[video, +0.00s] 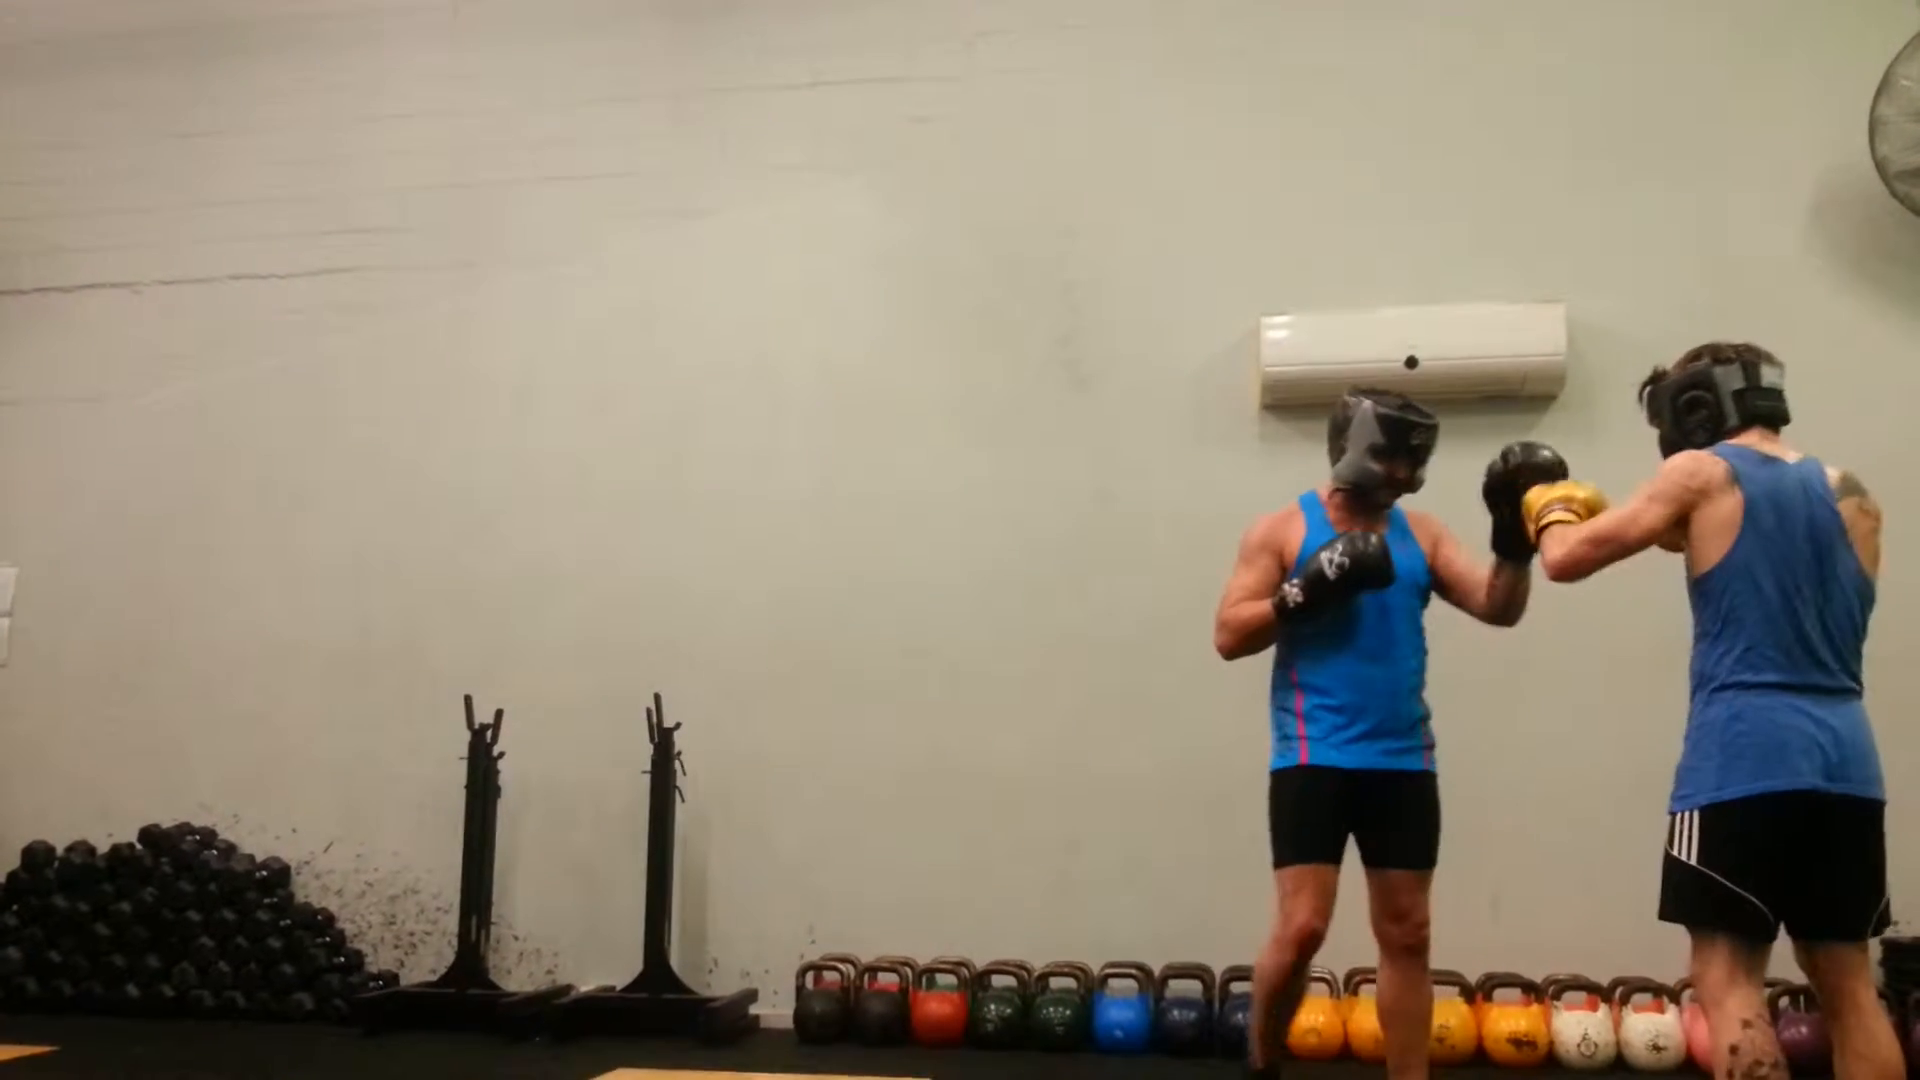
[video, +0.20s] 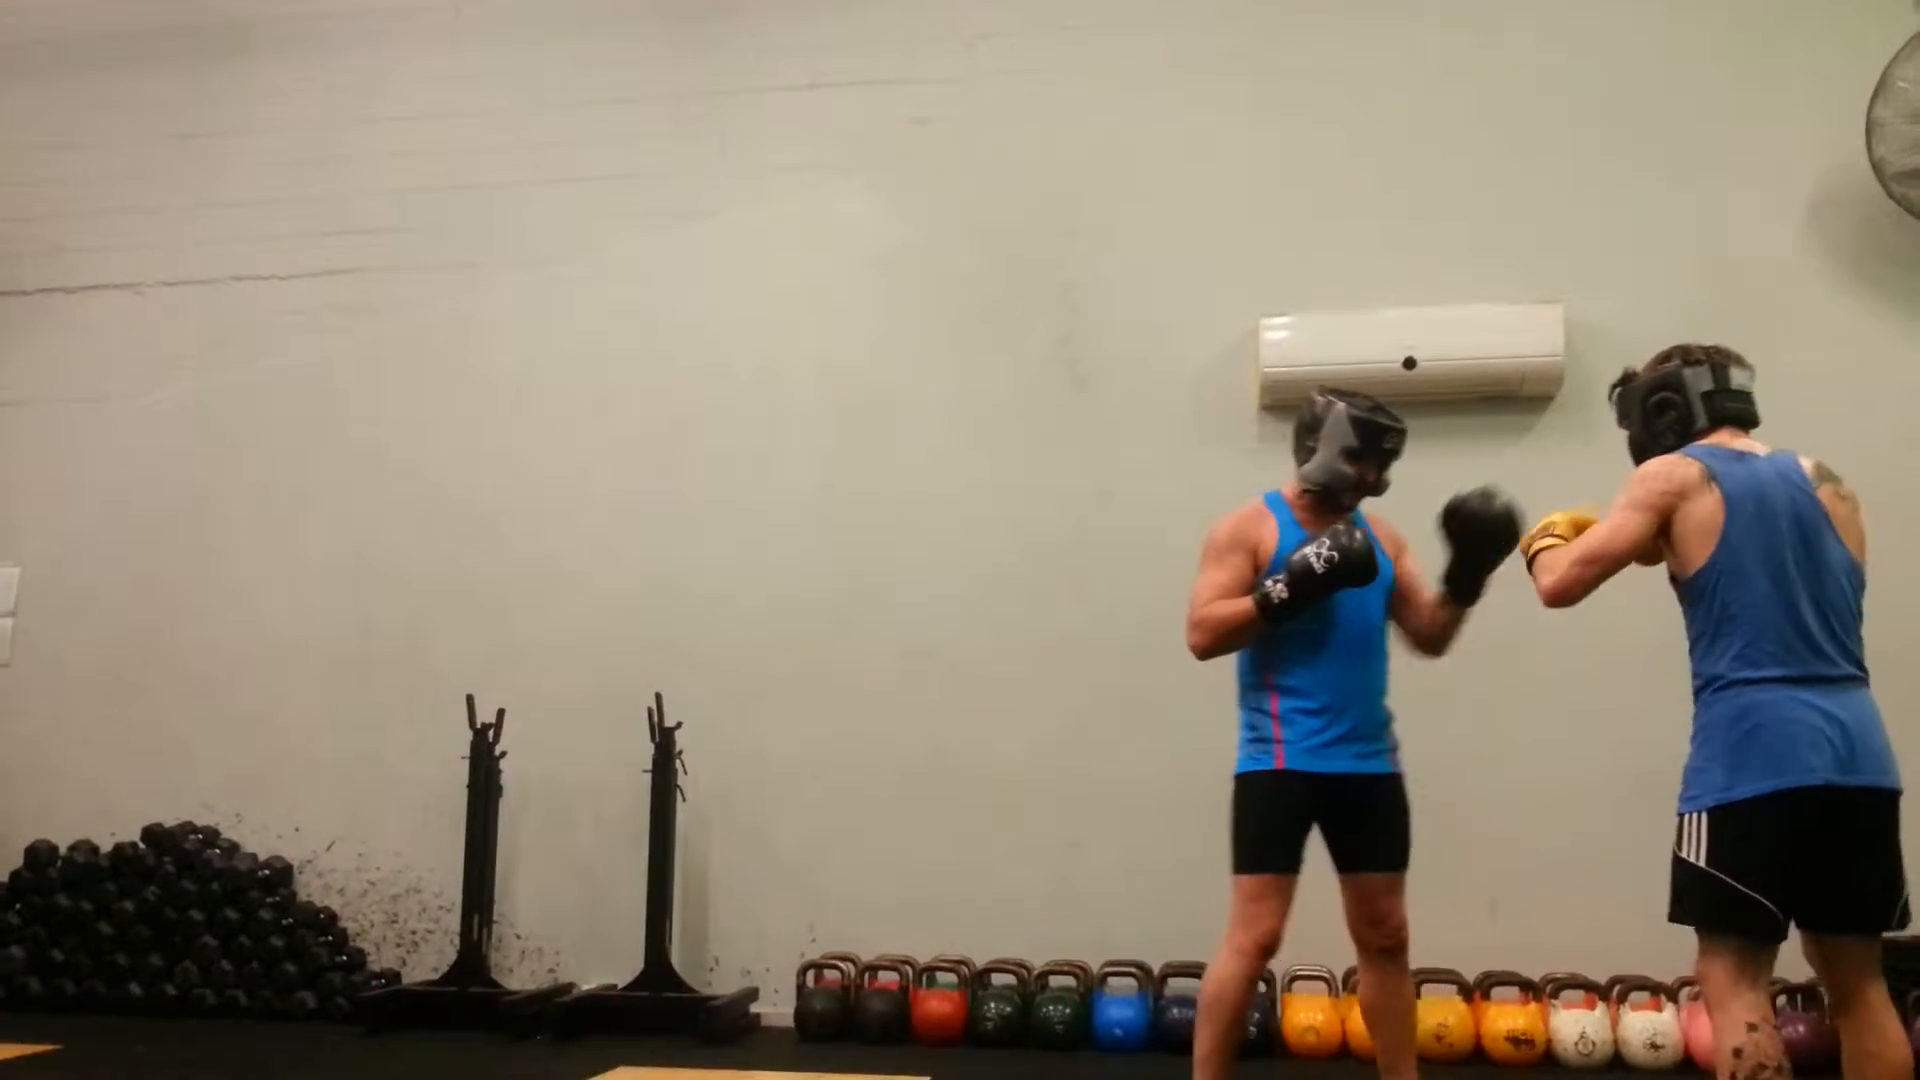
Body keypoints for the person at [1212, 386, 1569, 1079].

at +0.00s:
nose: (1412, 470)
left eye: (1416, 457)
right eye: (1401, 455)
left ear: (1413, 465)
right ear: (1358, 452)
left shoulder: (1420, 531)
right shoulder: (1283, 528)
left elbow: (1501, 604)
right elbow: (1231, 635)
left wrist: (1515, 522)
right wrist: (1310, 587)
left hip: (1402, 760)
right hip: (1312, 760)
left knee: (1408, 931)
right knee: (1303, 928)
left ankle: (1410, 1077)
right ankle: (1263, 1067)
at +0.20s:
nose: (1380, 477)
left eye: (1385, 463)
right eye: (1369, 461)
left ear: (1374, 466)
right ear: (1324, 454)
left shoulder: (1379, 534)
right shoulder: (1249, 526)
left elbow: (1431, 635)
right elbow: (1204, 634)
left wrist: (1468, 571)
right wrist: (1292, 583)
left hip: (1367, 763)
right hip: (1277, 765)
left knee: (1385, 935)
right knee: (1255, 936)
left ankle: (1400, 1075)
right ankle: (1207, 1075)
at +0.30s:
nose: (1362, 480)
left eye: (1365, 466)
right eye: (1354, 464)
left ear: (1327, 464)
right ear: (1312, 457)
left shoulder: (1343, 537)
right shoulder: (1226, 523)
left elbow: (1358, 647)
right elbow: (1185, 633)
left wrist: (1414, 610)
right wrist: (1278, 586)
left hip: (1335, 760)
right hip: (1251, 762)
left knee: (1369, 940)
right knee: (1233, 937)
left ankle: (1395, 1076)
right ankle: (1199, 1076)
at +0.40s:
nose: (1336, 486)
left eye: (1340, 471)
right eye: (1327, 468)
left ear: (1296, 461)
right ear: (1285, 455)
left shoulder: (1305, 535)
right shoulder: (1205, 521)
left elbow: (1292, 640)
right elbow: (1163, 628)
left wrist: (1368, 625)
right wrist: (1266, 583)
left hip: (1304, 756)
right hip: (1225, 758)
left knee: (1352, 930)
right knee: (1214, 938)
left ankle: (1373, 1076)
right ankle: (1193, 1076)